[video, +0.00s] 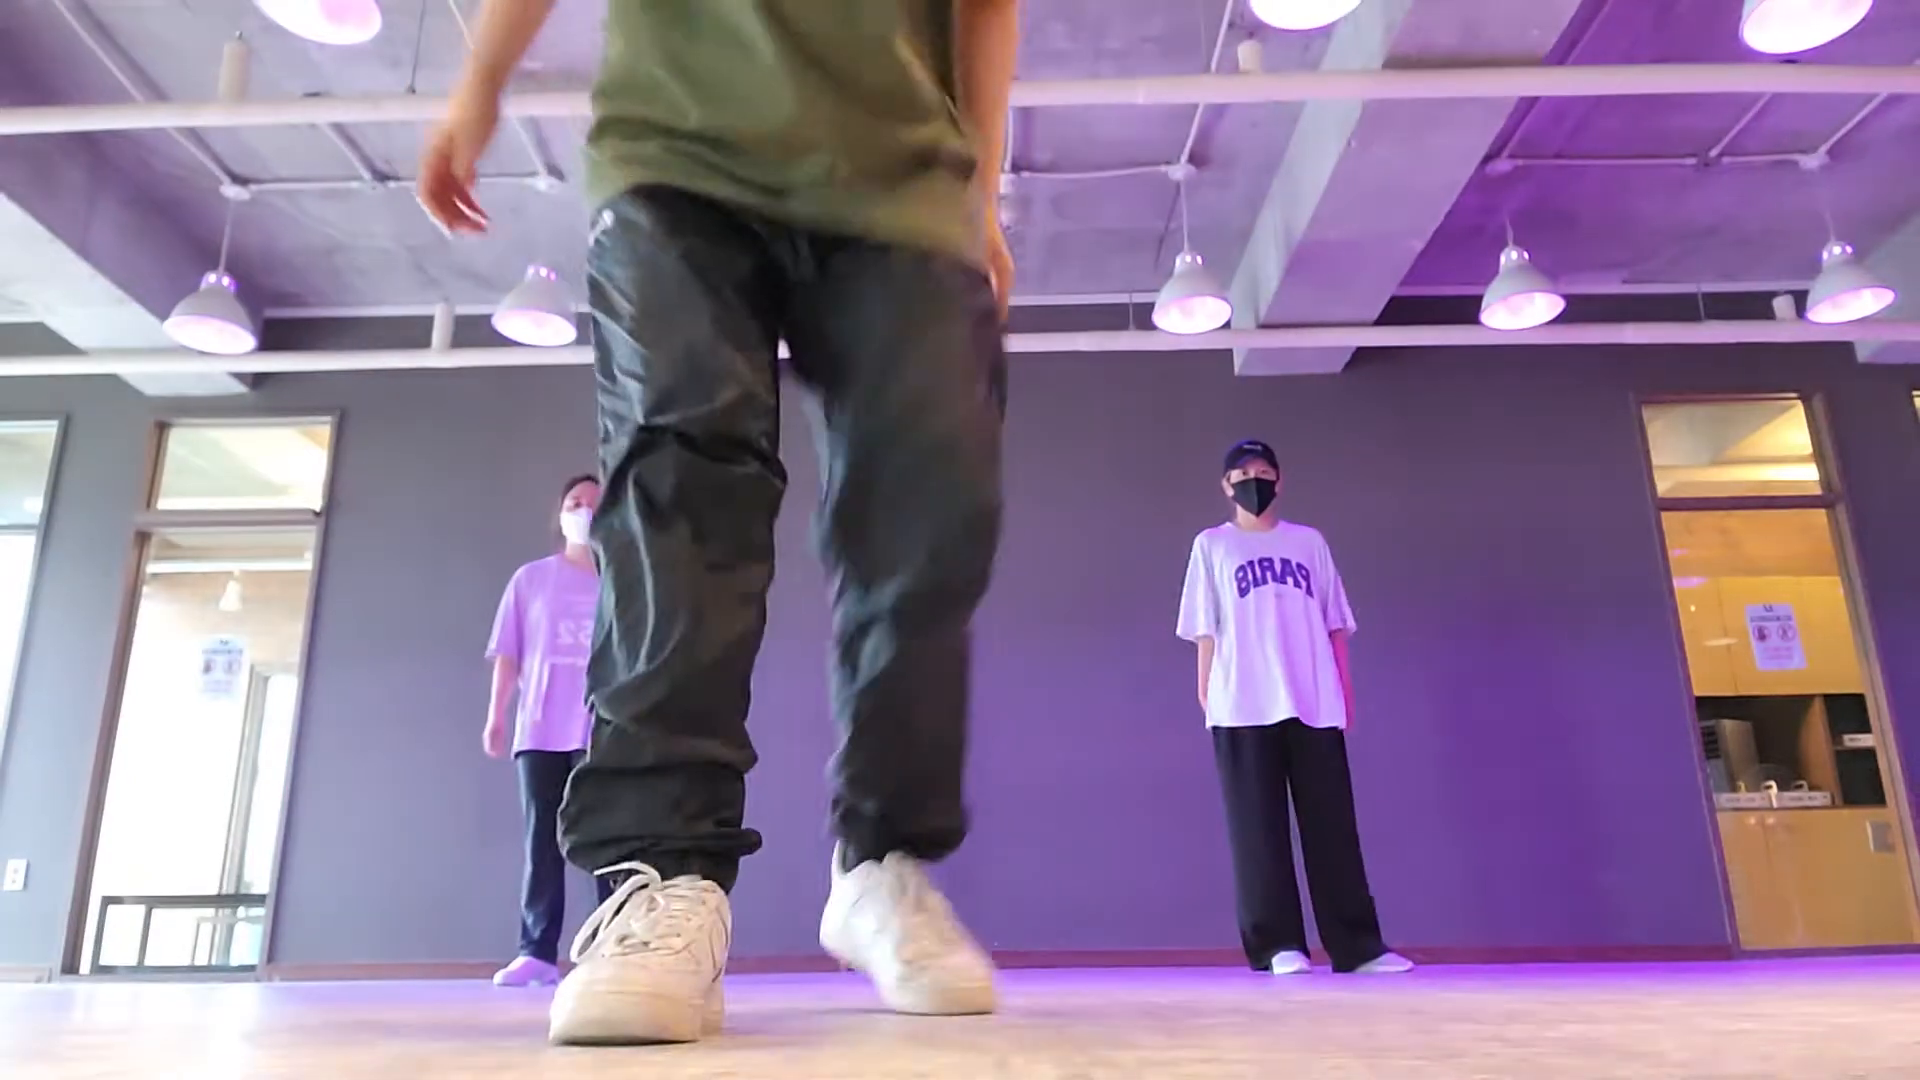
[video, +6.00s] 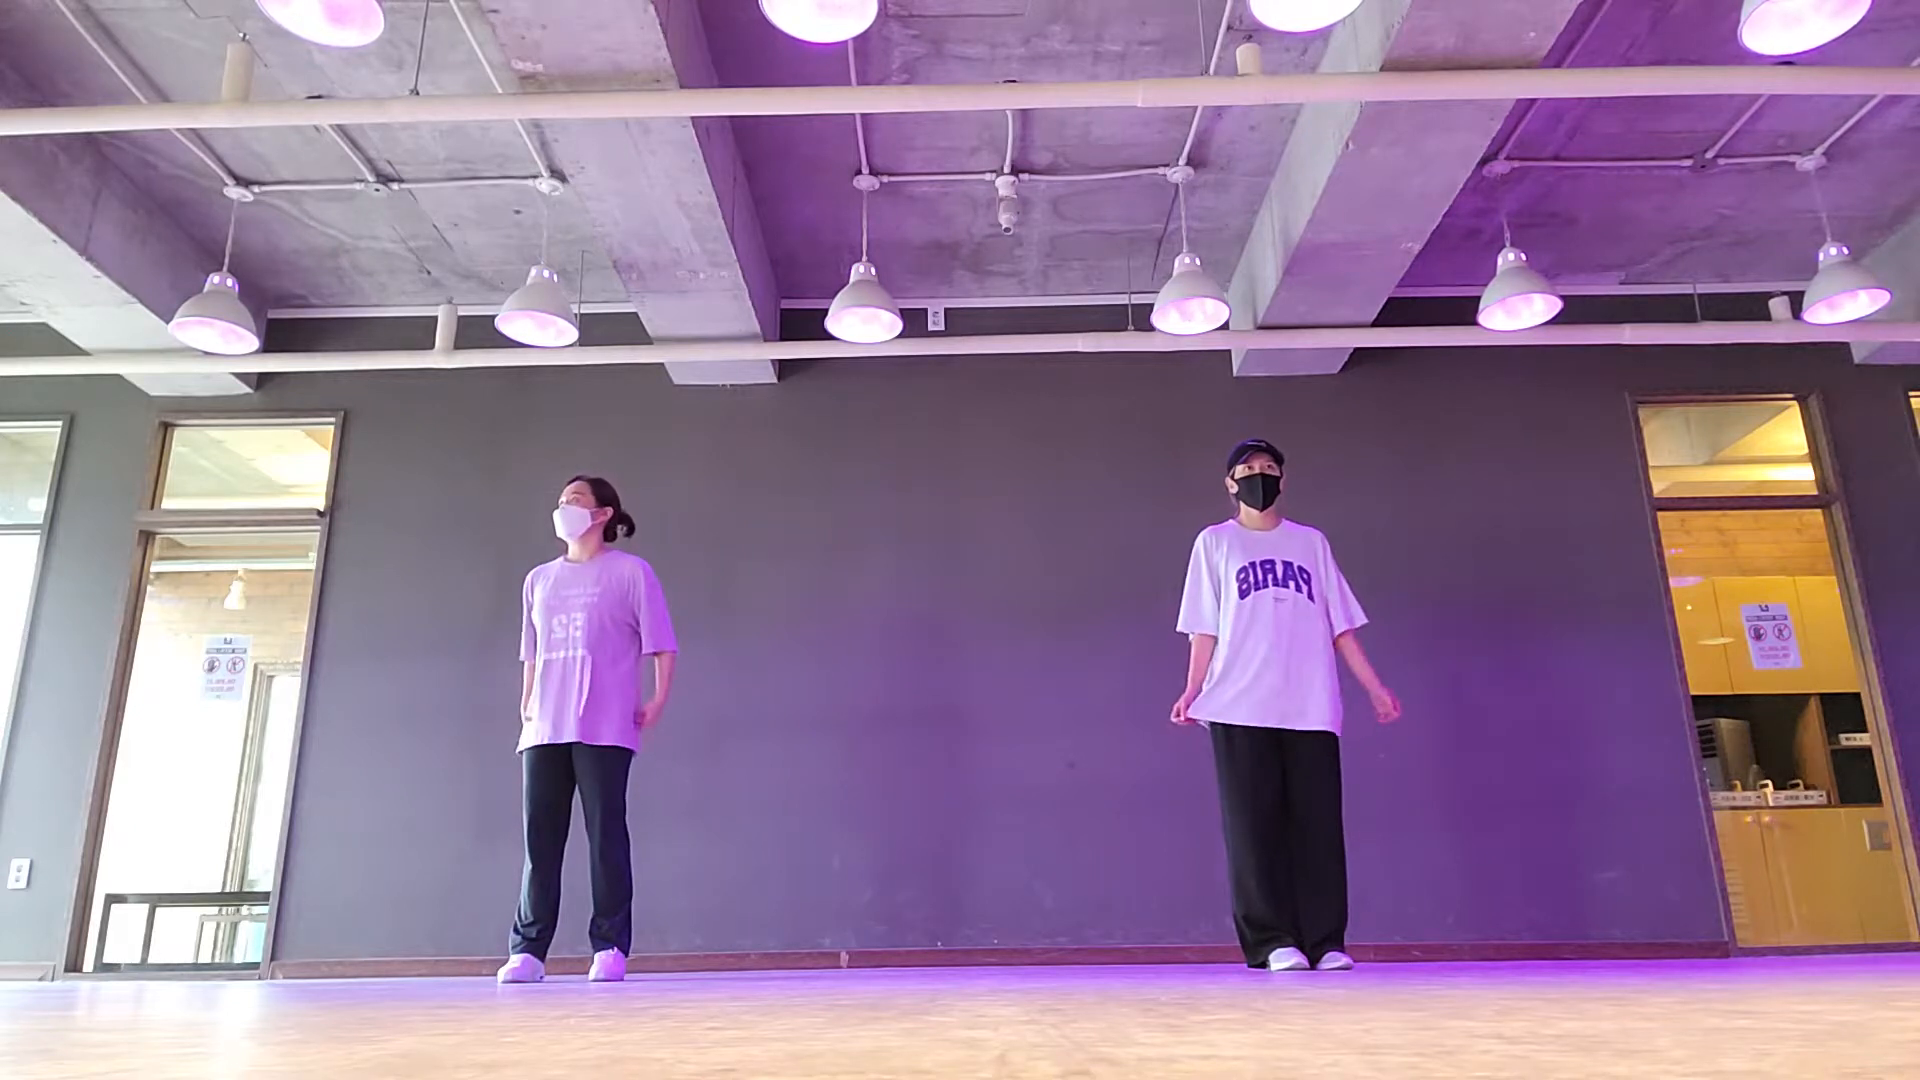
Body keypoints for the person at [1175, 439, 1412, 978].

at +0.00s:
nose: (1253, 479)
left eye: (1262, 471)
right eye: (1242, 472)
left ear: (1278, 481)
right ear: (1227, 485)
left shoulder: (1310, 542)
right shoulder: (1211, 546)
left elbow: (1335, 630)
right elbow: (1207, 638)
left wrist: (1345, 698)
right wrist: (1208, 709)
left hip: (1313, 704)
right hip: (1244, 709)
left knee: (1333, 829)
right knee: (1261, 834)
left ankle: (1359, 948)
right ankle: (1278, 948)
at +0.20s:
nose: (1249, 482)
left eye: (1258, 473)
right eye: (1238, 475)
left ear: (1274, 481)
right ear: (1222, 485)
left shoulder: (1304, 543)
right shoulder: (1206, 545)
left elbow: (1331, 624)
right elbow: (1187, 629)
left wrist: (1382, 652)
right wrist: (1147, 673)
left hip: (1309, 704)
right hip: (1239, 708)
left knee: (1327, 827)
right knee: (1255, 833)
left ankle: (1356, 949)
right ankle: (1275, 947)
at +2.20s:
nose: (1256, 486)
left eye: (1265, 478)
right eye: (1245, 479)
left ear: (1280, 486)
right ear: (1229, 490)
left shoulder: (1310, 548)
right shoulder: (1211, 549)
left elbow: (1338, 623)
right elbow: (1204, 624)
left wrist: (1367, 676)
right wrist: (1213, 677)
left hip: (1310, 708)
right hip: (1245, 710)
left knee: (1318, 827)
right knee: (1259, 832)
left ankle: (1327, 943)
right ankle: (1275, 946)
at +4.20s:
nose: (1261, 482)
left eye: (1270, 474)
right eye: (1250, 475)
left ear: (1282, 484)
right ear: (1232, 486)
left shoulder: (1312, 545)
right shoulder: (1213, 544)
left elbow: (1335, 625)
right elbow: (1203, 622)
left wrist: (1352, 685)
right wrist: (1208, 683)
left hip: (1310, 703)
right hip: (1246, 705)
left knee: (1317, 823)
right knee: (1257, 827)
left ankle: (1325, 942)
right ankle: (1272, 944)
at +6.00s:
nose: (1260, 478)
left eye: (1268, 470)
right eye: (1248, 471)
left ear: (1282, 480)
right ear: (1230, 483)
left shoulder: (1312, 543)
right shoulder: (1213, 543)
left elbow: (1340, 627)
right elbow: (1204, 627)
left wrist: (1373, 686)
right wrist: (1194, 687)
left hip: (1311, 709)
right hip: (1242, 710)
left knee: (1317, 826)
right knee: (1256, 829)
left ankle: (1325, 942)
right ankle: (1273, 945)